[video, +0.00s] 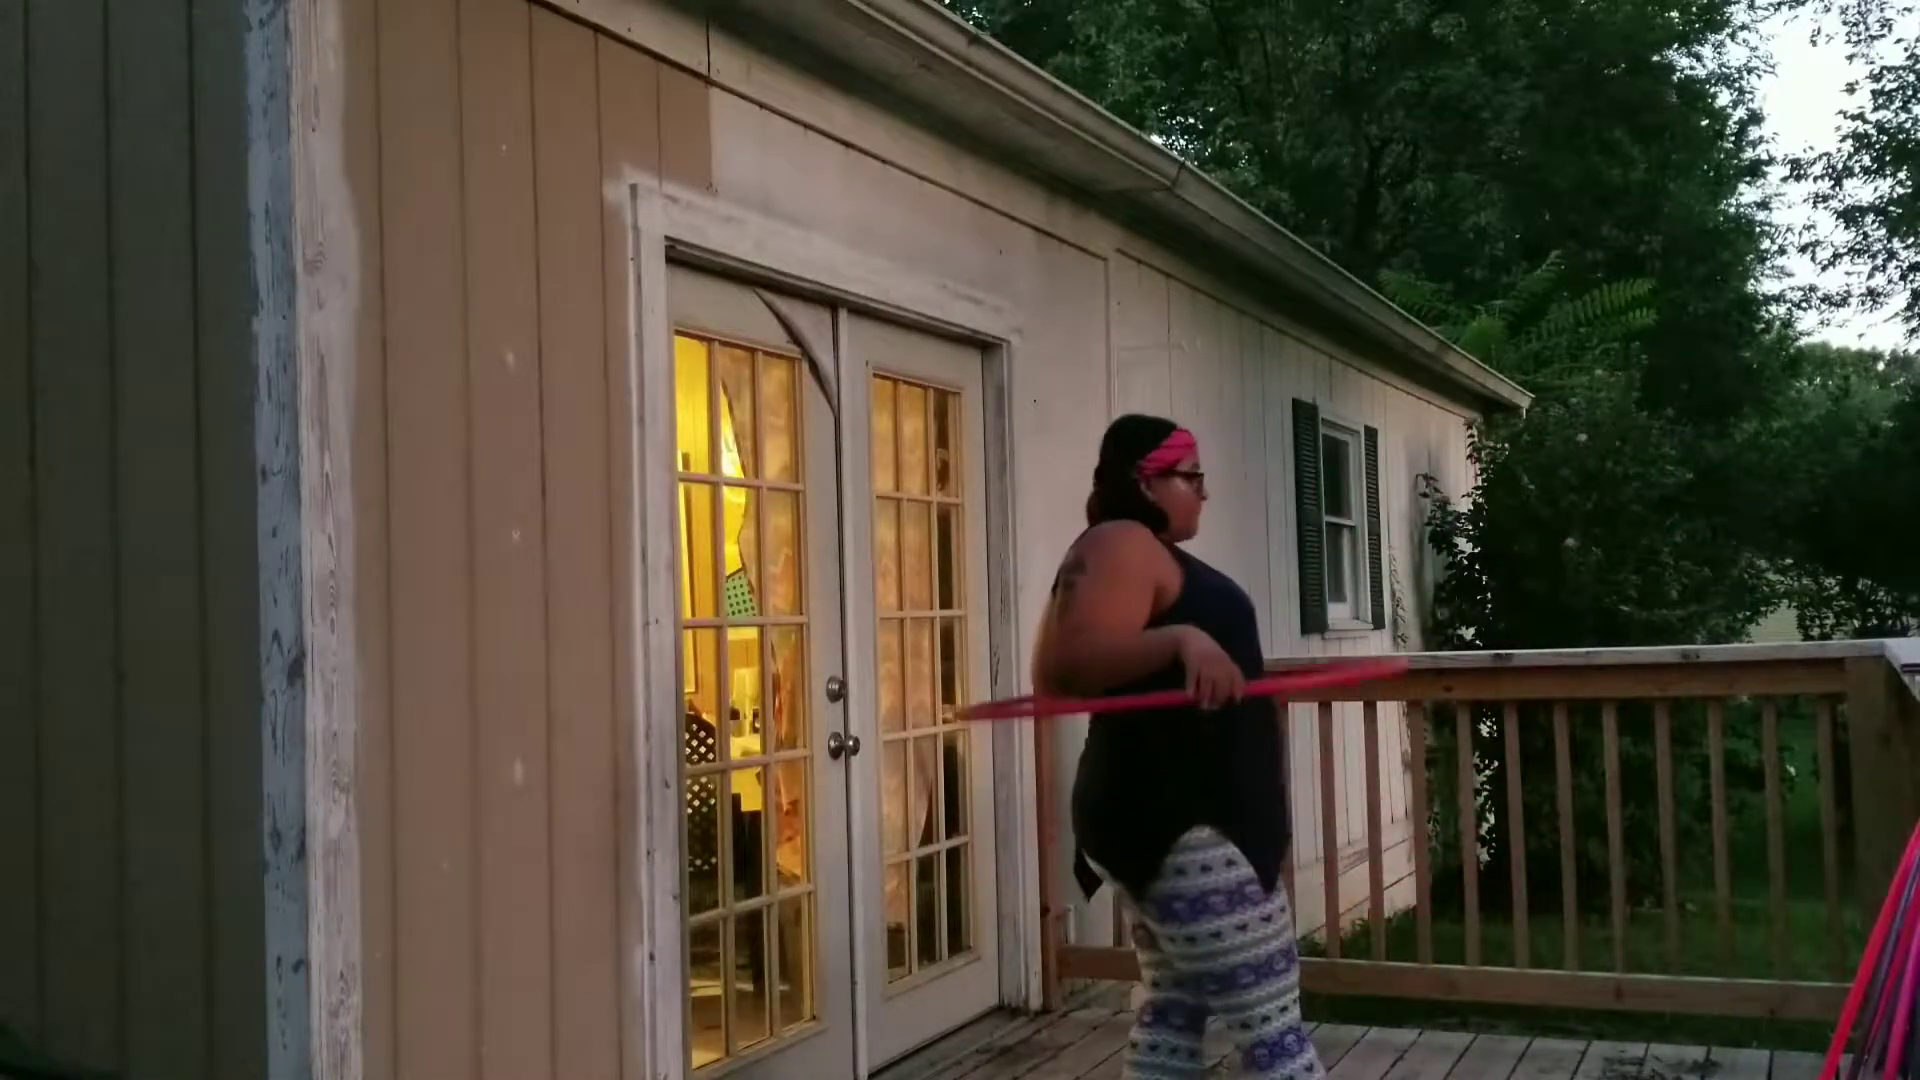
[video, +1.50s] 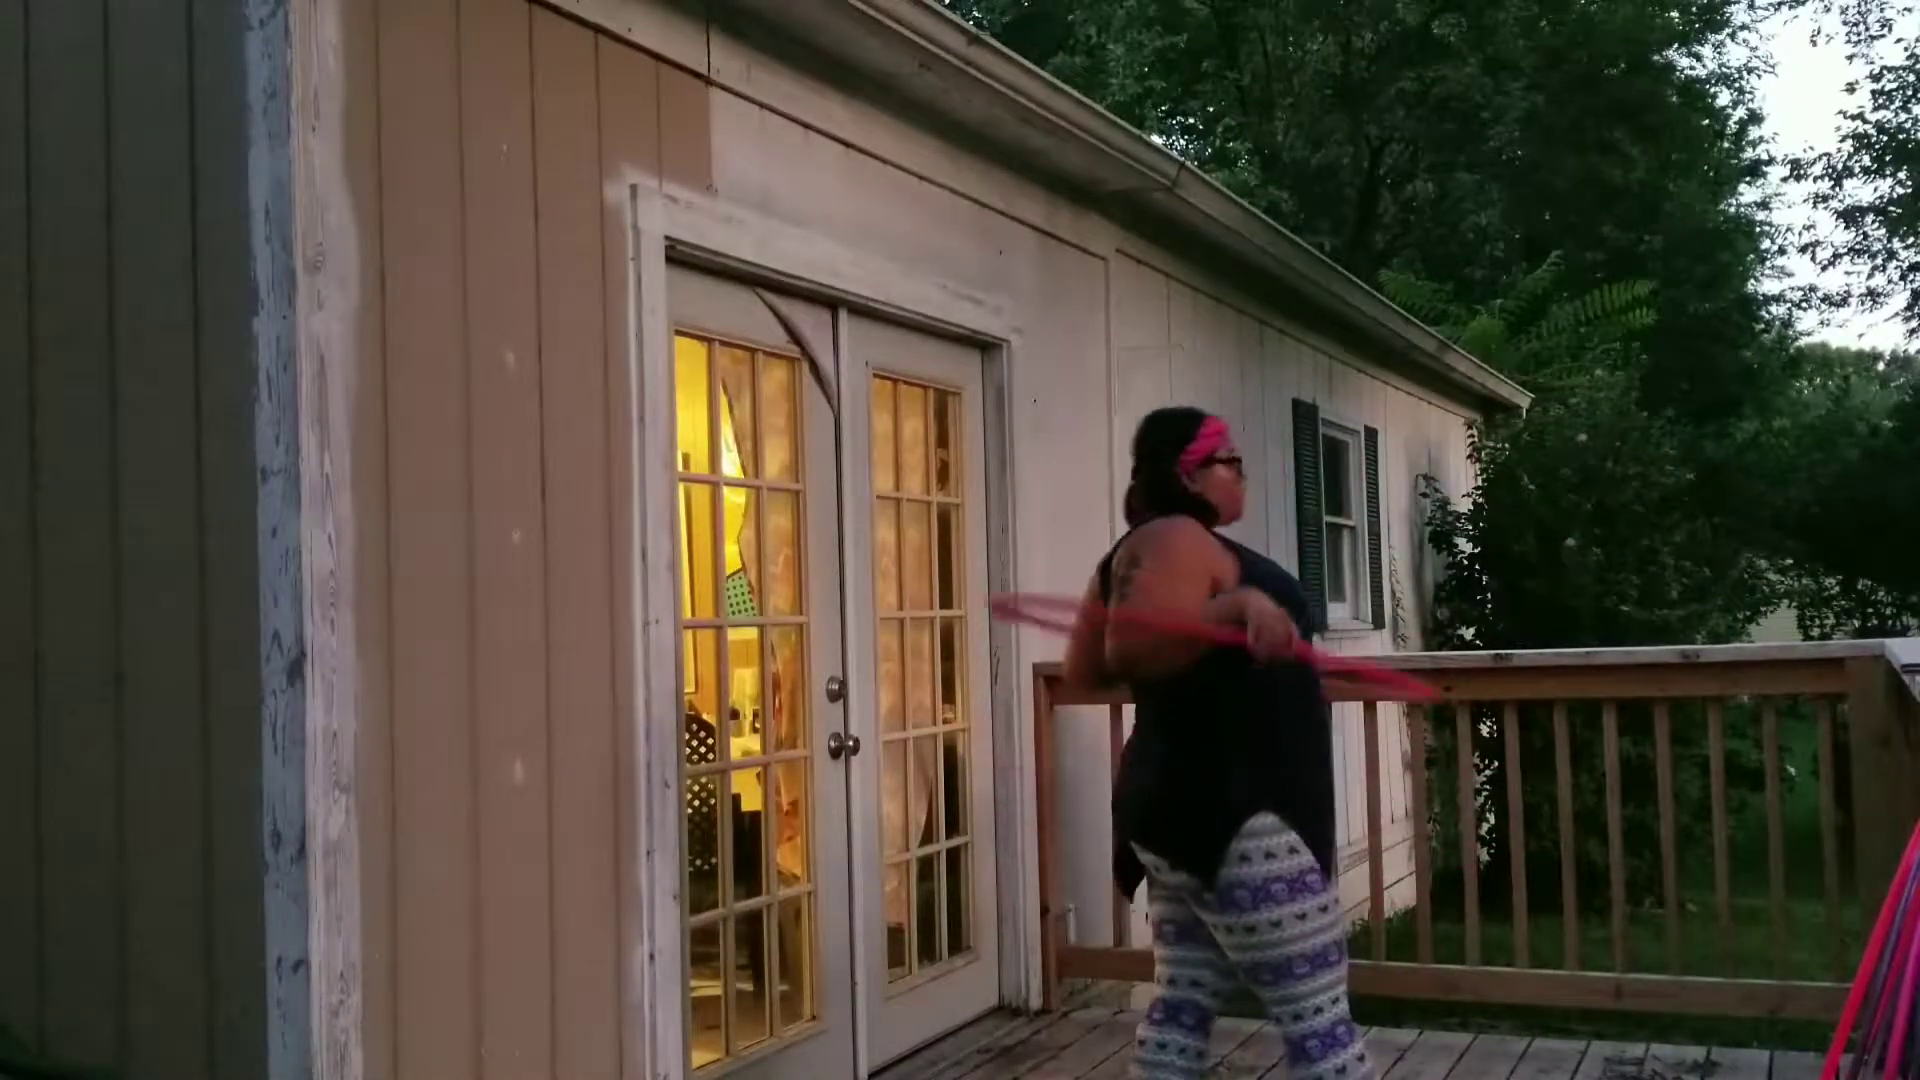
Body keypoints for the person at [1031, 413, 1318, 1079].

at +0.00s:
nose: (1203, 488)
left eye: (1200, 474)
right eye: (1191, 474)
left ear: (1145, 485)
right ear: (1147, 484)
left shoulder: (1115, 548)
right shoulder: (1124, 543)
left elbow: (1056, 671)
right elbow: (1067, 661)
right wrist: (1180, 640)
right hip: (1169, 809)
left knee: (1174, 995)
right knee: (1262, 983)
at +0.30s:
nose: (1252, 480)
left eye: (1249, 466)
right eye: (1238, 468)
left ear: (1188, 482)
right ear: (1197, 480)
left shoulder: (1134, 552)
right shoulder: (1175, 549)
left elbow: (1098, 668)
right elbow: (1132, 671)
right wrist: (1235, 744)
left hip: (1157, 824)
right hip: (1208, 826)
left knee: (1165, 1015)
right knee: (1282, 1022)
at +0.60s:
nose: (1328, 497)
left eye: (1326, 481)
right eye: (1318, 480)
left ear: (1266, 484)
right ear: (1277, 485)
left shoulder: (1198, 560)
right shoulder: (1257, 565)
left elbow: (1183, 710)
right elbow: (1256, 710)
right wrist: (1282, 850)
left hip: (1178, 822)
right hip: (1243, 834)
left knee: (1168, 1014)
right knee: (1305, 1033)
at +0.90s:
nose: (1355, 517)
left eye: (1359, 502)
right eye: (1350, 498)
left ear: (1283, 487)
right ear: (1308, 487)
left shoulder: (1206, 556)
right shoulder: (1278, 558)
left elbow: (1169, 697)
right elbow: (1262, 693)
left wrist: (1167, 825)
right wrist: (1310, 840)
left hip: (1196, 826)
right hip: (1275, 836)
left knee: (1198, 1023)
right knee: (1327, 1039)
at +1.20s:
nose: (1296, 526)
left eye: (1300, 512)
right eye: (1291, 509)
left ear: (1233, 492)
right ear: (1251, 494)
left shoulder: (1150, 560)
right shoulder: (1220, 555)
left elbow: (1102, 683)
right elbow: (1172, 667)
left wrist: (1184, 743)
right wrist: (1271, 767)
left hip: (1179, 824)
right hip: (1250, 828)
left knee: (1191, 1020)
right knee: (1318, 1032)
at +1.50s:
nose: (1241, 475)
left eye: (1237, 462)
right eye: (1229, 463)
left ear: (1165, 479)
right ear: (1188, 477)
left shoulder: (1119, 560)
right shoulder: (1181, 540)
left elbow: (1084, 671)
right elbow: (1136, 646)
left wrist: (1183, 667)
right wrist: (1232, 608)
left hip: (1169, 814)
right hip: (1242, 812)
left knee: (1184, 1001)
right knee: (1316, 1012)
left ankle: (1165, 1073)